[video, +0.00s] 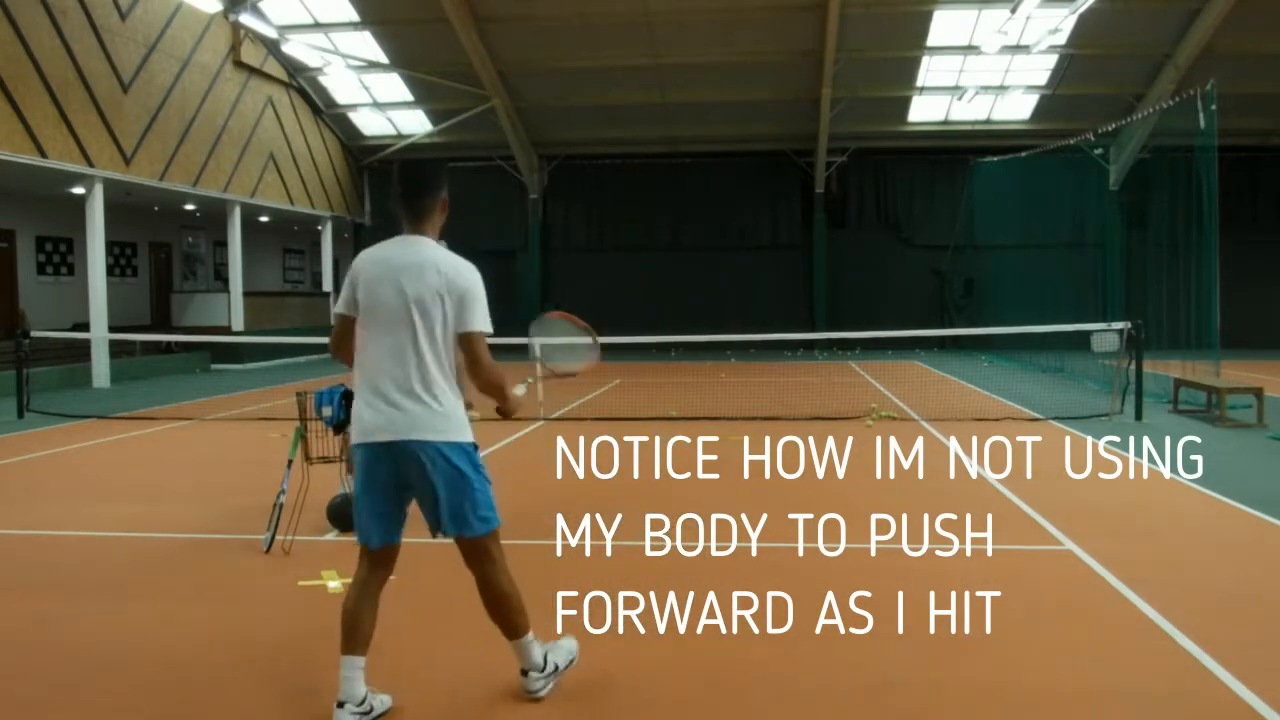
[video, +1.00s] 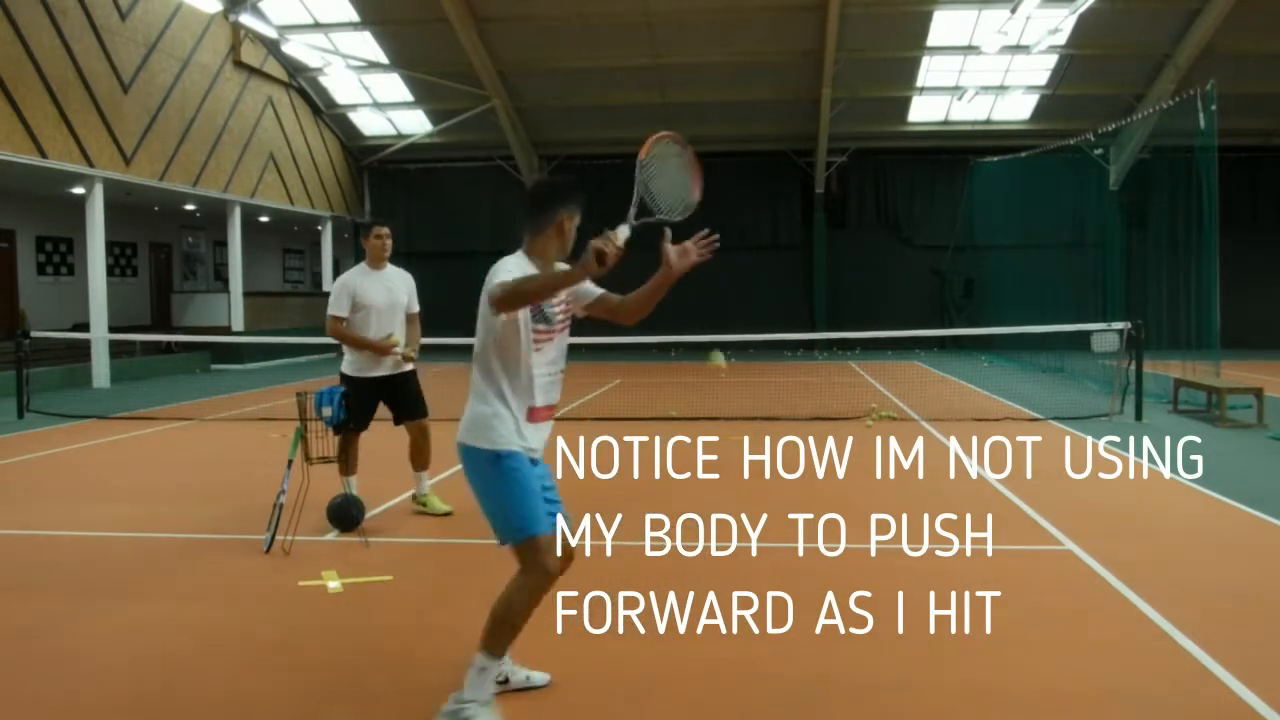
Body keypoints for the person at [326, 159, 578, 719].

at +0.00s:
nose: (446, 211)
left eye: (441, 203)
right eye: (446, 203)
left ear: (397, 208)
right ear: (442, 207)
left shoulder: (364, 263)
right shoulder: (458, 272)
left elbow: (342, 346)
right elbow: (478, 364)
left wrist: (395, 369)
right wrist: (509, 400)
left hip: (372, 435)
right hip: (438, 434)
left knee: (372, 566)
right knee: (486, 558)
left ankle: (350, 694)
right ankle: (535, 664)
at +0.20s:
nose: (445, 198)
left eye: (434, 190)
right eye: (445, 190)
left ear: (395, 195)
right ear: (440, 194)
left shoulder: (367, 259)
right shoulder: (443, 262)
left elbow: (383, 341)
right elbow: (453, 355)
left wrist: (453, 337)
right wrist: (468, 393)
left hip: (362, 440)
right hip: (423, 440)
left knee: (373, 566)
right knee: (478, 563)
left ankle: (350, 695)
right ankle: (485, 702)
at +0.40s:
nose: (469, 211)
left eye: (465, 204)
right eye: (469, 204)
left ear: (420, 207)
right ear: (464, 207)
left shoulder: (397, 269)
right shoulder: (455, 274)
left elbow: (408, 359)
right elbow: (458, 378)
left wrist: (477, 358)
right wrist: (486, 410)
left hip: (383, 449)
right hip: (429, 454)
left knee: (404, 569)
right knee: (459, 593)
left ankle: (356, 697)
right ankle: (416, 715)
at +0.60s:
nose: (500, 213)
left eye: (495, 205)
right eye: (501, 205)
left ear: (452, 207)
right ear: (495, 208)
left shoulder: (435, 268)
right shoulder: (473, 277)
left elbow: (468, 355)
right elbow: (496, 377)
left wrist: (542, 349)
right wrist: (543, 405)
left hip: (420, 442)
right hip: (439, 449)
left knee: (490, 539)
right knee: (472, 596)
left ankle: (409, 656)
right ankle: (422, 710)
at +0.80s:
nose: (531, 224)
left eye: (530, 216)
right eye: (530, 215)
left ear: (484, 218)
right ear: (520, 220)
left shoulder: (503, 279)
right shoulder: (481, 278)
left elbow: (557, 334)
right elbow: (537, 342)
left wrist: (613, 304)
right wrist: (617, 340)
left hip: (485, 453)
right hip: (457, 455)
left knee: (533, 548)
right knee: (466, 593)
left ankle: (489, 666)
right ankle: (416, 712)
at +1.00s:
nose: (576, 232)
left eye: (576, 226)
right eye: (575, 224)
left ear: (543, 223)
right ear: (563, 222)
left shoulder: (564, 280)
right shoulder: (507, 271)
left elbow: (625, 311)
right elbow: (504, 299)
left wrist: (668, 272)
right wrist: (580, 272)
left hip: (526, 441)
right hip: (493, 439)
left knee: (560, 552)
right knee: (539, 564)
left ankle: (494, 663)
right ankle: (471, 695)